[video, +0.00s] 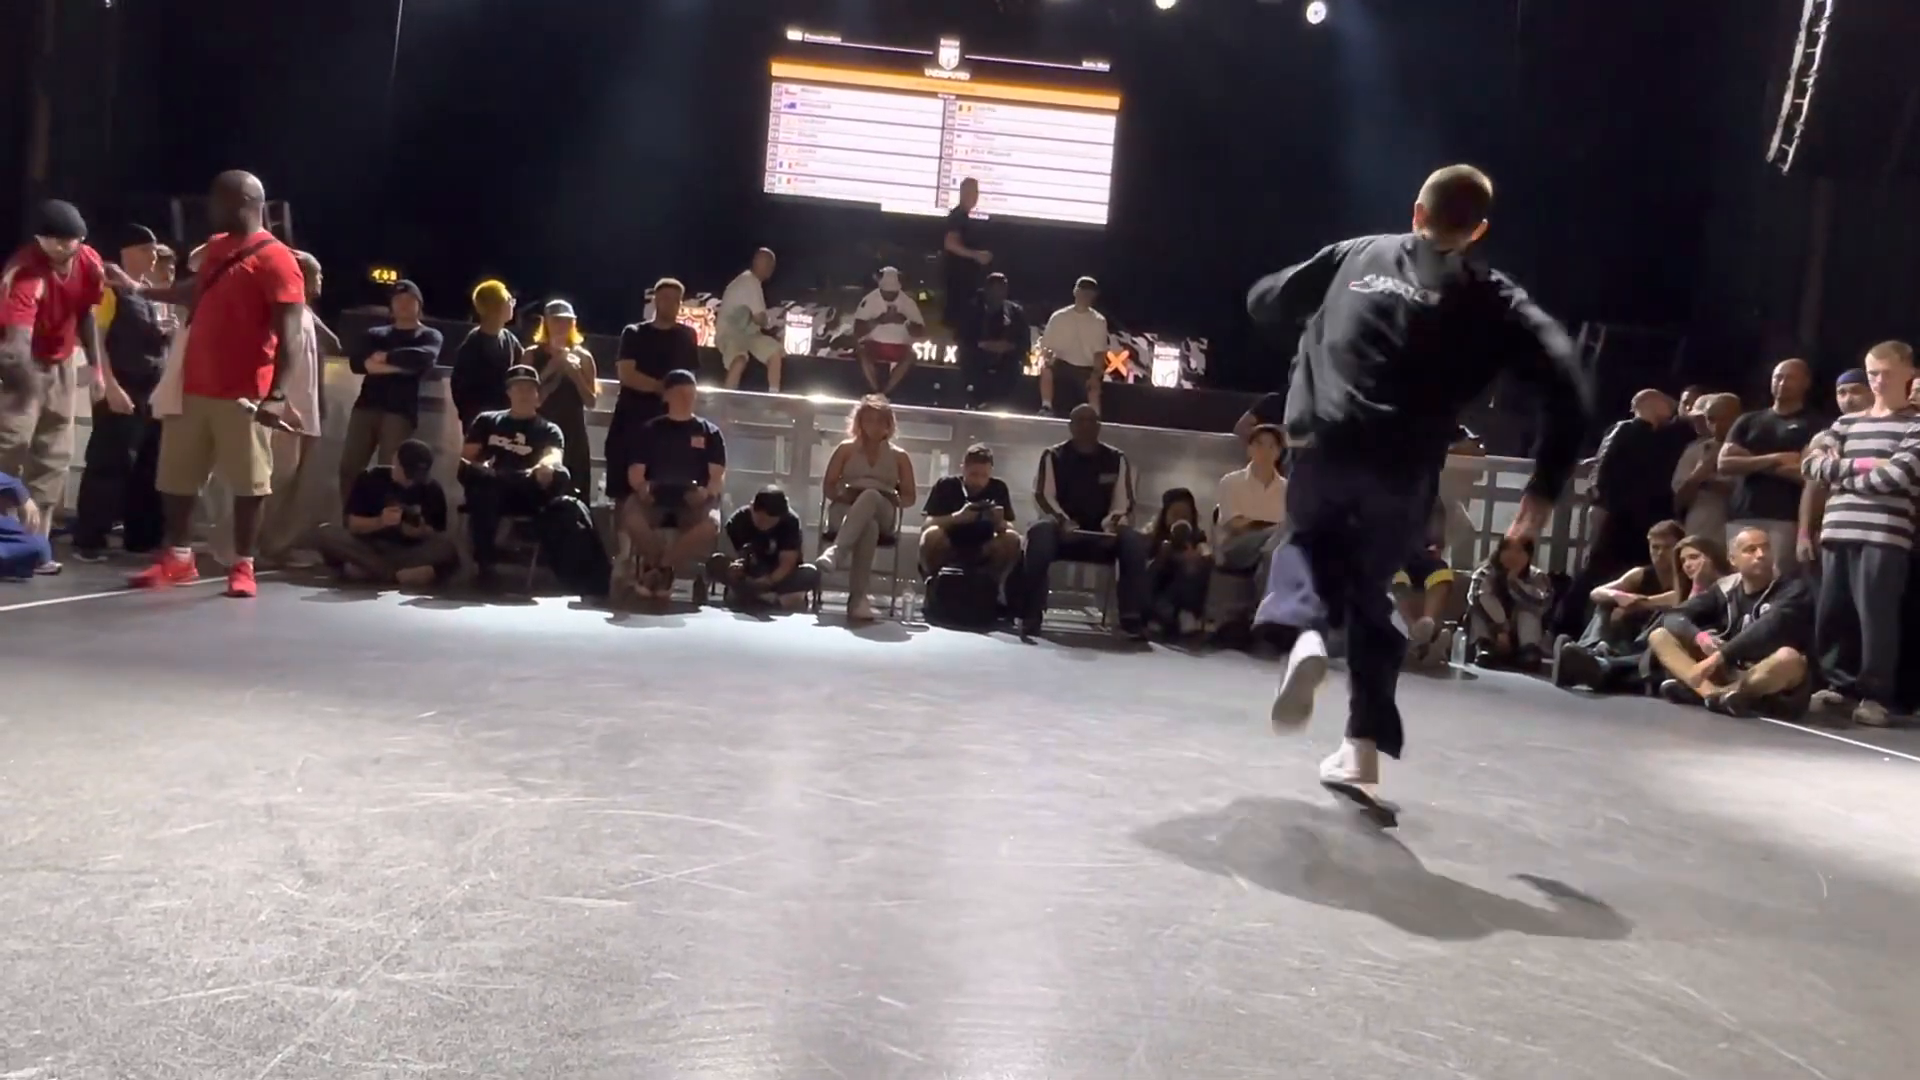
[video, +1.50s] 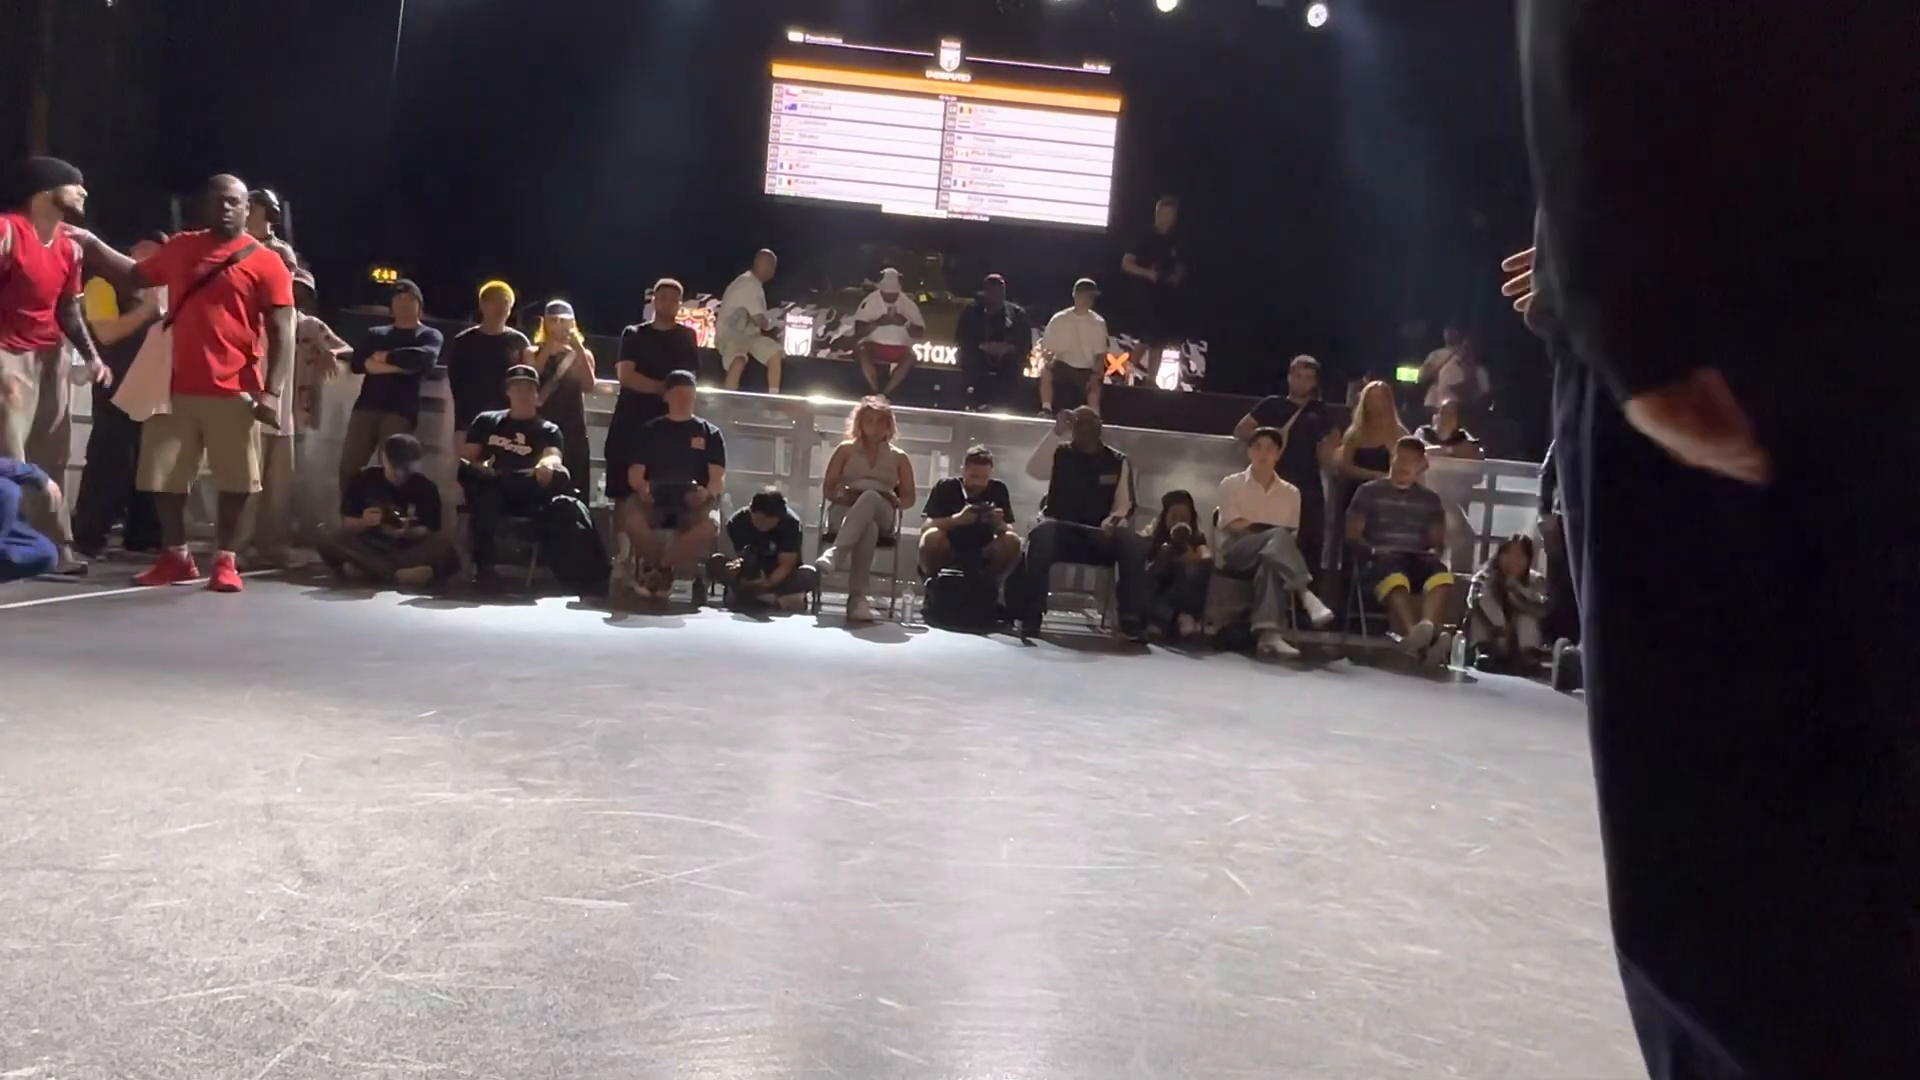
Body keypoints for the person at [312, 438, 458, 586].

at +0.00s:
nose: (408, 483)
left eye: (415, 480)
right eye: (405, 477)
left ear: (424, 473)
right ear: (396, 462)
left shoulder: (431, 489)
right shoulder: (370, 479)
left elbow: (438, 532)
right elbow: (353, 524)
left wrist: (419, 530)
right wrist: (381, 522)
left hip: (411, 549)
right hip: (369, 545)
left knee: (446, 550)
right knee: (324, 534)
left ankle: (372, 573)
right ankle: (393, 575)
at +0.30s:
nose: (408, 484)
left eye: (414, 481)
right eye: (405, 477)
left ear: (424, 473)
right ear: (395, 462)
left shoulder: (429, 489)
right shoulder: (368, 479)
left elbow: (435, 533)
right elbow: (350, 524)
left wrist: (403, 528)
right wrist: (376, 521)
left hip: (410, 550)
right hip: (369, 547)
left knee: (444, 549)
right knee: (325, 533)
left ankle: (370, 573)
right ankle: (393, 575)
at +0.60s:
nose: (405, 483)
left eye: (411, 480)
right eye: (401, 477)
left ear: (421, 473)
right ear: (391, 462)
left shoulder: (429, 489)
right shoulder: (368, 479)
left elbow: (436, 533)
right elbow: (348, 524)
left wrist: (416, 531)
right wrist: (371, 522)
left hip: (410, 550)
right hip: (368, 546)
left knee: (444, 549)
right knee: (323, 533)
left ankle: (370, 572)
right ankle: (392, 574)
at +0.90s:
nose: (402, 483)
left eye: (408, 480)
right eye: (398, 477)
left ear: (419, 471)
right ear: (388, 462)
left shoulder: (428, 489)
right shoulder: (366, 480)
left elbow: (432, 531)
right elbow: (348, 524)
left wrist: (408, 532)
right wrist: (368, 523)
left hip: (410, 550)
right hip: (369, 546)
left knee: (443, 549)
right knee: (326, 535)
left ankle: (369, 571)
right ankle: (393, 573)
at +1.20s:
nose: (399, 484)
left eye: (406, 480)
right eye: (396, 477)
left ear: (417, 472)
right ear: (387, 462)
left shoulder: (428, 490)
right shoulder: (365, 481)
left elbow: (432, 531)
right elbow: (349, 525)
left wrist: (407, 532)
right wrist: (366, 523)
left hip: (410, 549)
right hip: (370, 546)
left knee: (445, 551)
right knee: (327, 537)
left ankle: (369, 572)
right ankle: (394, 574)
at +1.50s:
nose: (401, 474)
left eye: (406, 468)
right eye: (396, 468)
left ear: (414, 465)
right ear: (385, 460)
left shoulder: (426, 487)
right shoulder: (363, 480)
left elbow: (430, 528)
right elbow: (347, 523)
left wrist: (406, 533)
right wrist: (364, 522)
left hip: (410, 548)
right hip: (370, 544)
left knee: (446, 551)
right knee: (326, 536)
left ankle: (371, 572)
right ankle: (393, 573)